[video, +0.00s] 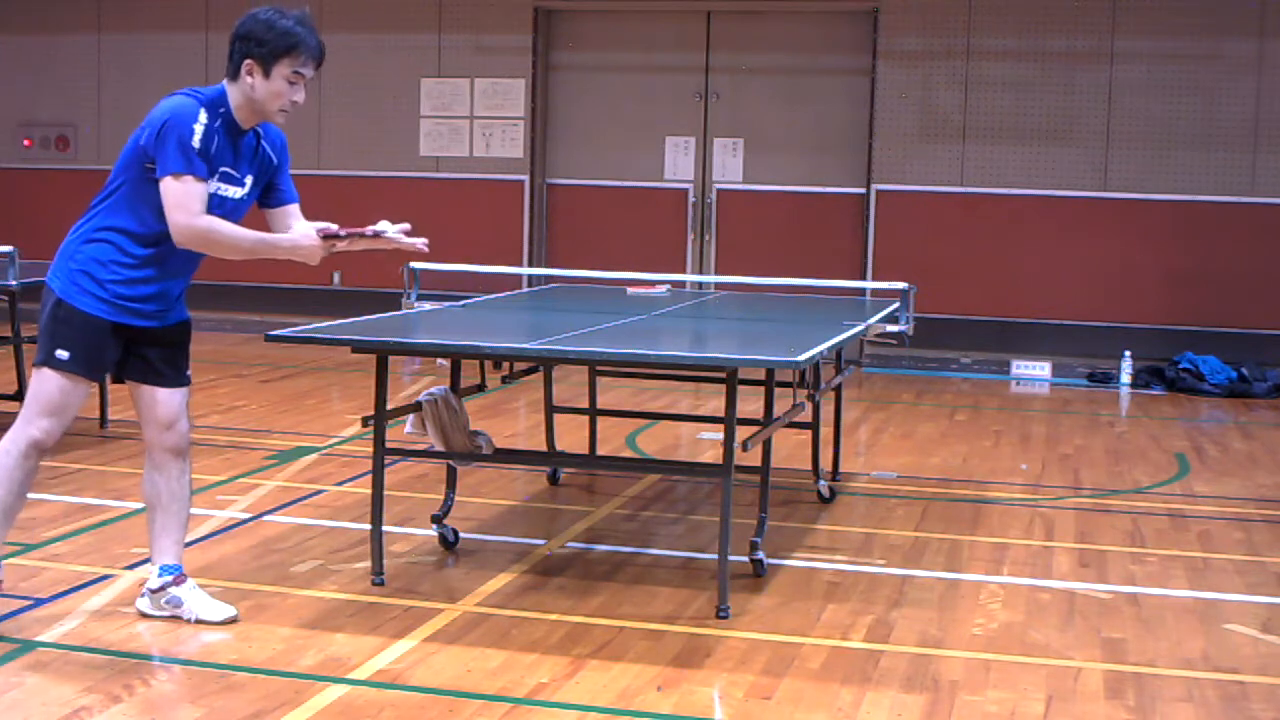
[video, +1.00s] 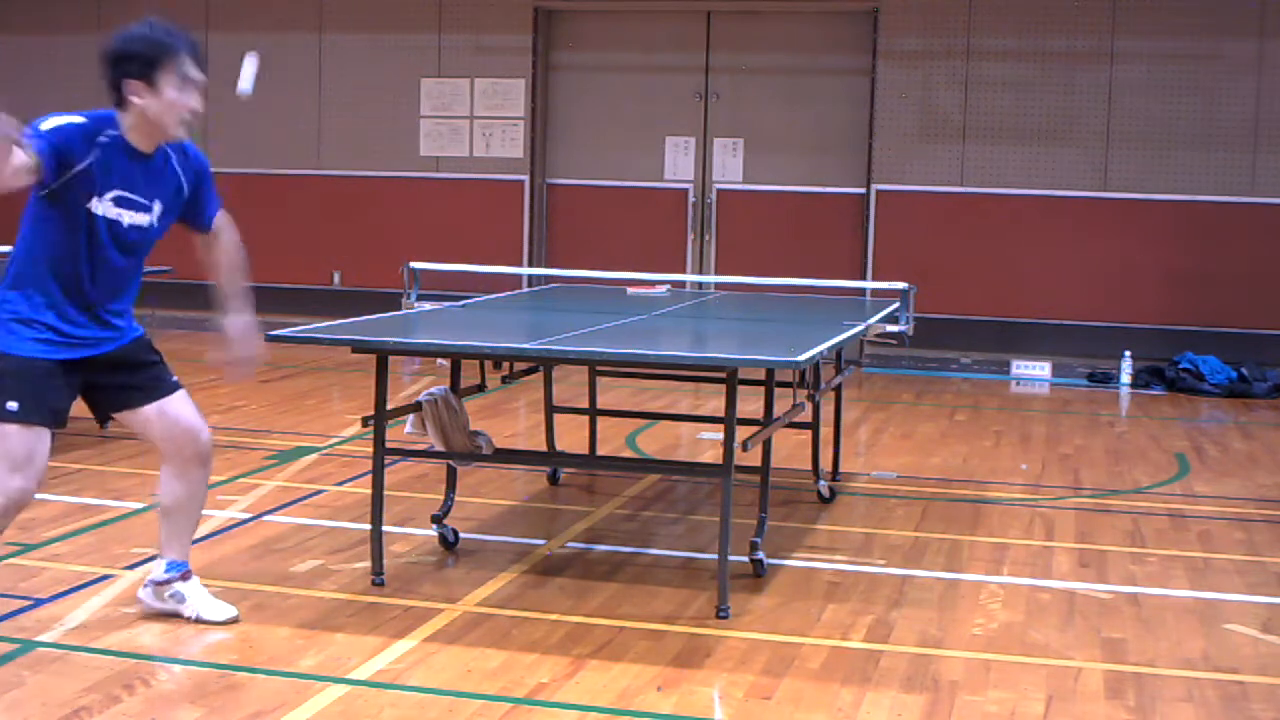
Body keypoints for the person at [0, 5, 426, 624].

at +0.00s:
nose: (300, 96)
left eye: (306, 83)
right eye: (294, 80)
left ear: (263, 75)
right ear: (250, 69)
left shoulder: (269, 145)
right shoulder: (185, 118)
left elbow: (295, 235)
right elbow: (186, 226)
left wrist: (371, 238)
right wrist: (289, 248)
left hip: (160, 300)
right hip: (91, 286)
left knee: (170, 440)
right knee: (37, 432)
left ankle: (164, 582)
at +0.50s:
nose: (227, 73)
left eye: (228, 59)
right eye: (216, 58)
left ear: (182, 66)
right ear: (170, 63)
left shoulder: (208, 123)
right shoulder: (112, 125)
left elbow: (293, 157)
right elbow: (123, 234)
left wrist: (380, 157)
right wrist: (221, 220)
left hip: (122, 311)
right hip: (47, 311)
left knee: (168, 436)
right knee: (15, 454)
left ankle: (166, 582)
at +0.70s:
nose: (186, 49)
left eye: (183, 35)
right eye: (172, 37)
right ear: (128, 53)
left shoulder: (181, 113)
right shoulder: (80, 115)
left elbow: (271, 147)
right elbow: (44, 211)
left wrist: (358, 166)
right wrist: (151, 235)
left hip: (110, 312)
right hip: (32, 311)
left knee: (164, 438)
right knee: (10, 454)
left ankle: (165, 582)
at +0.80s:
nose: (176, 53)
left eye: (173, 39)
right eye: (161, 41)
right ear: (117, 56)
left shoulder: (178, 120)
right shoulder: (65, 120)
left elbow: (263, 163)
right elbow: (7, 191)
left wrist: (342, 201)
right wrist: (73, 204)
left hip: (111, 313)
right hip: (30, 317)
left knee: (167, 439)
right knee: (9, 463)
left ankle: (164, 581)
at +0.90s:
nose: (177, 72)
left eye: (174, 57)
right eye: (161, 59)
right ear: (116, 73)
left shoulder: (179, 138)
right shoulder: (62, 128)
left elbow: (252, 197)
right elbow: (9, 186)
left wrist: (306, 250)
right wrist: (8, 164)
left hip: (111, 324)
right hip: (29, 323)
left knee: (177, 445)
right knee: (13, 473)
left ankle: (166, 582)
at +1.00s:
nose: (197, 103)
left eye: (197, 88)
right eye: (183, 87)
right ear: (136, 92)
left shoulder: (186, 166)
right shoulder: (74, 136)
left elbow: (219, 234)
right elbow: (9, 174)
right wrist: (14, 154)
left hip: (110, 331)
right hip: (30, 328)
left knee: (191, 441)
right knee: (16, 483)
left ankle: (169, 578)